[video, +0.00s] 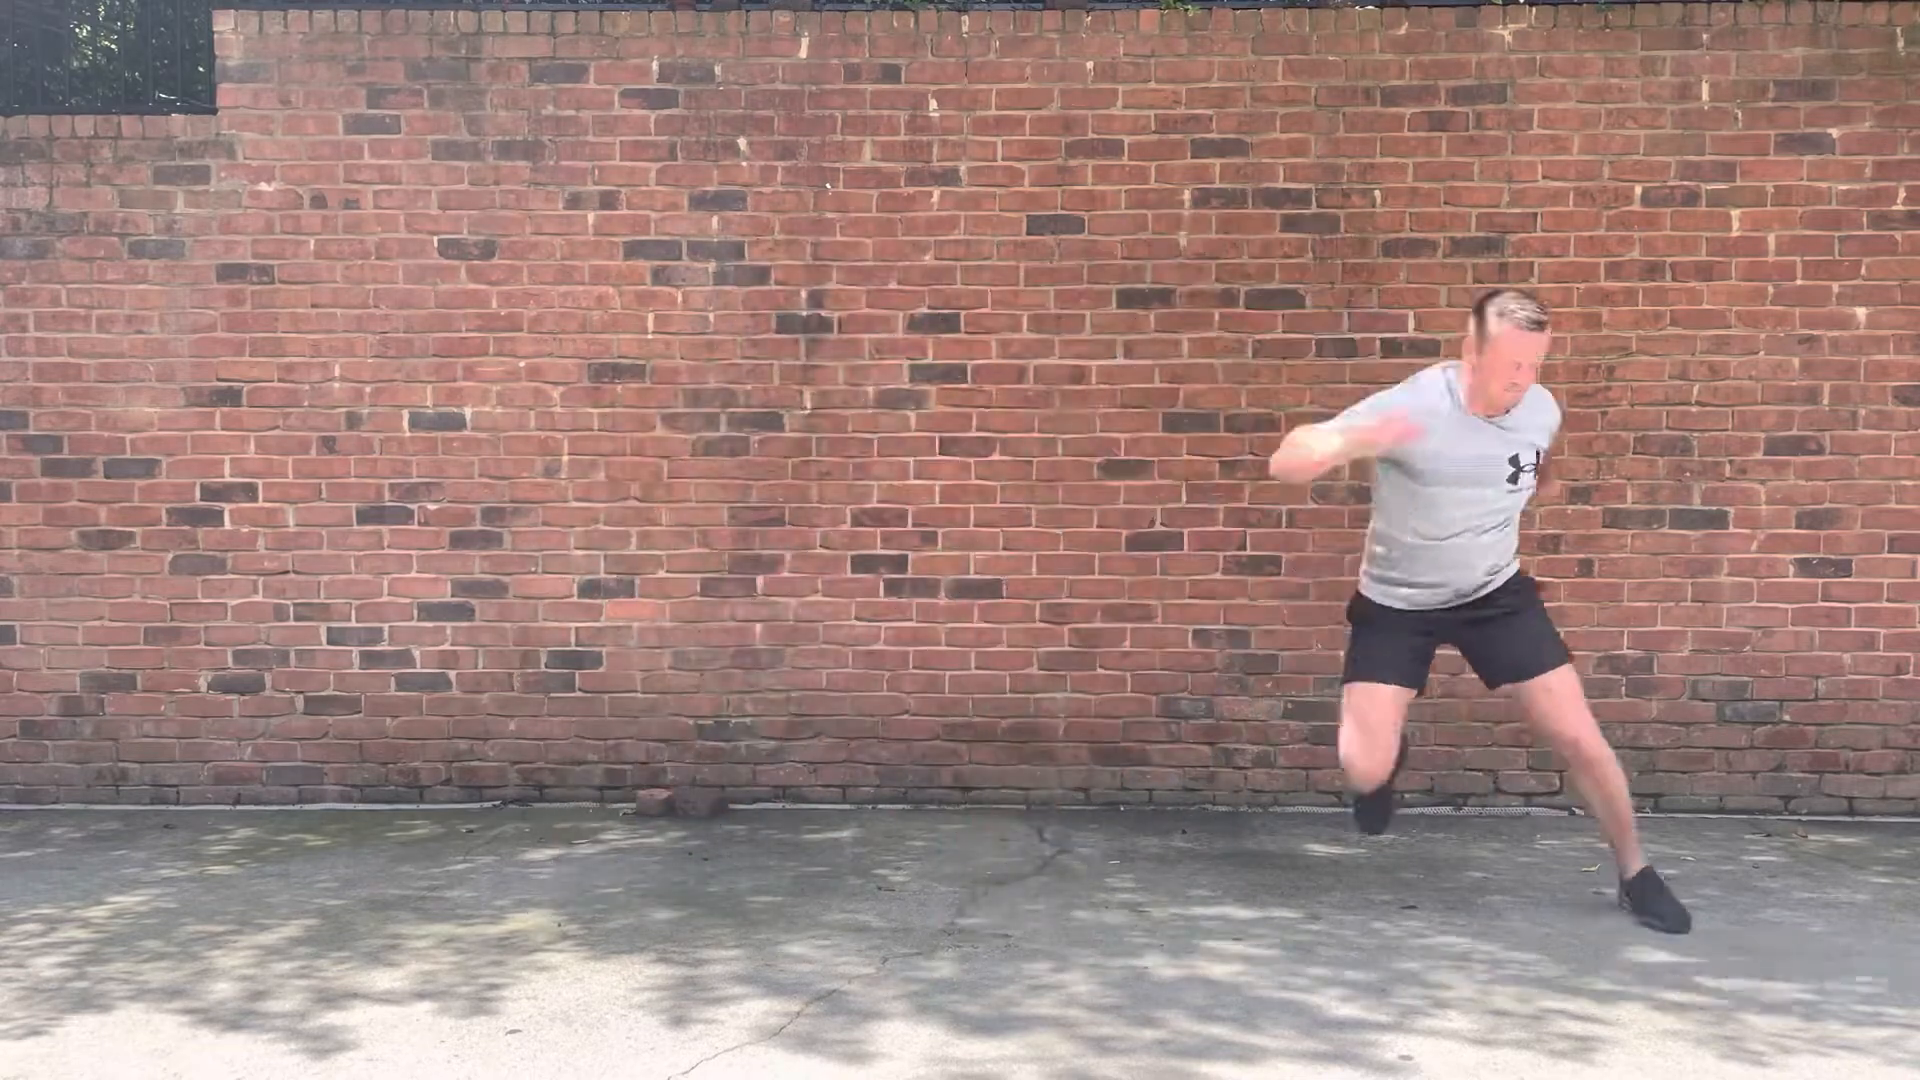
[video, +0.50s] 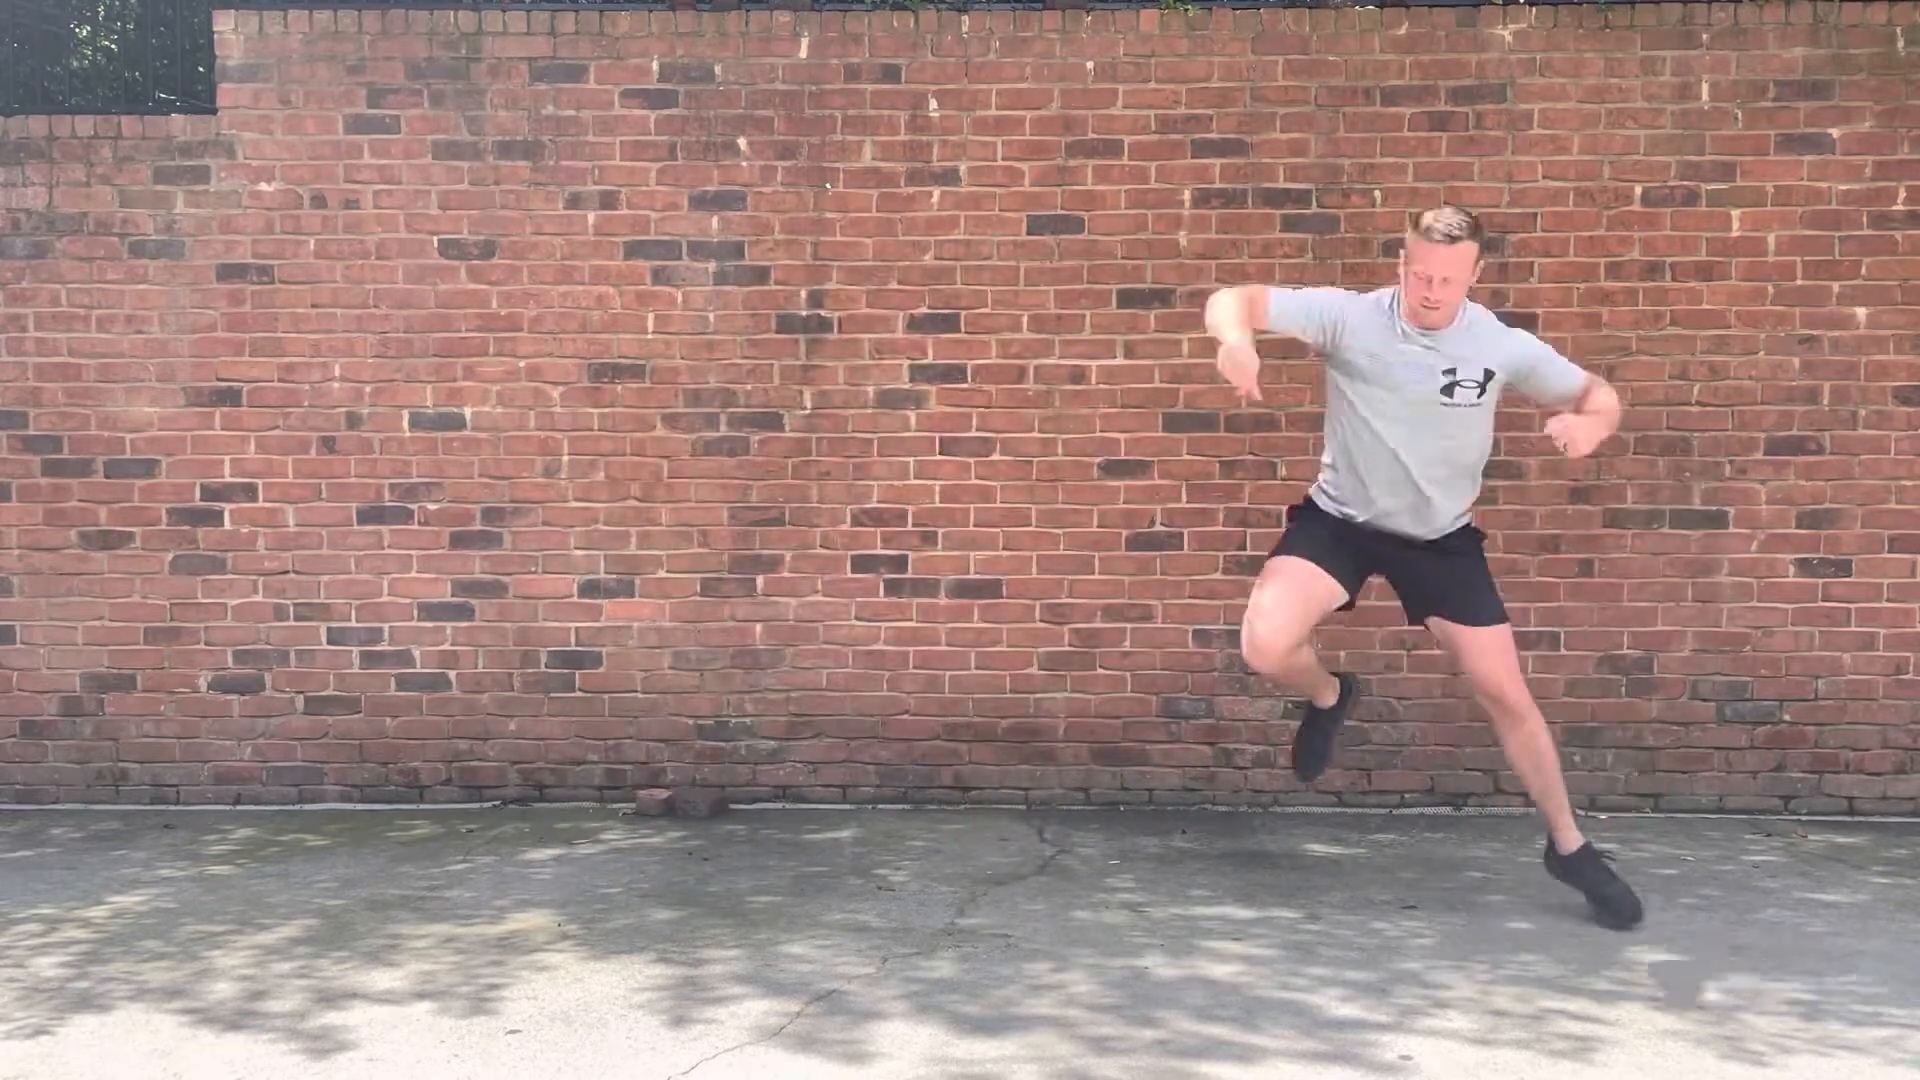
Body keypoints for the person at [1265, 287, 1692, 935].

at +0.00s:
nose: (1525, 379)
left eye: (1535, 365)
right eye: (1514, 363)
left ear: (1542, 360)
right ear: (1472, 347)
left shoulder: (1540, 413)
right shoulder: (1415, 402)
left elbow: (1520, 476)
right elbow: (1285, 461)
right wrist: (1354, 440)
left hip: (1496, 595)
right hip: (1395, 602)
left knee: (1580, 738)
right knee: (1363, 765)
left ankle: (1635, 871)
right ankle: (1374, 776)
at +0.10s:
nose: (1608, 439)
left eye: (1618, 428)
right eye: (1600, 422)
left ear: (1623, 427)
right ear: (1556, 405)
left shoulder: (1587, 482)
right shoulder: (1487, 464)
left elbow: (1595, 552)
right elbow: (1412, 562)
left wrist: (1632, 609)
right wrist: (1531, 571)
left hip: (1535, 625)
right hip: (1445, 643)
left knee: (1632, 750)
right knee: (1500, 804)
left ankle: (1641, 876)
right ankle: (1513, 808)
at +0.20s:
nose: (1632, 449)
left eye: (1642, 439)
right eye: (1624, 432)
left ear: (1644, 436)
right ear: (1581, 414)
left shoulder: (1602, 499)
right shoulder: (1517, 476)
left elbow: (1649, 590)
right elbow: (1480, 590)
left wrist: (1733, 648)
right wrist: (1587, 640)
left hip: (1544, 640)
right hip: (1456, 652)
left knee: (1642, 754)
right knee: (1538, 806)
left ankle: (1641, 879)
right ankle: (1555, 771)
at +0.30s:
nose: (1599, 424)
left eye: (1612, 413)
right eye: (1589, 407)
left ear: (1621, 414)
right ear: (1553, 393)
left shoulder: (1620, 477)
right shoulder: (1493, 447)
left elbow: (1713, 541)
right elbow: (1408, 522)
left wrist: (1754, 522)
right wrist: (1518, 523)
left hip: (1542, 622)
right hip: (1447, 629)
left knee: (1636, 750)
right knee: (1478, 800)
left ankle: (1641, 877)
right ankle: (1501, 788)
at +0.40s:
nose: (1510, 358)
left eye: (1526, 346)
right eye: (1501, 341)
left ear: (1550, 344)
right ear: (1479, 332)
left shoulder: (1583, 413)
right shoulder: (1426, 381)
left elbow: (1697, 452)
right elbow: (1306, 383)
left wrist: (1672, 417)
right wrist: (1405, 384)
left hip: (1506, 587)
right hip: (1403, 578)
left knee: (1594, 729)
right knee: (1351, 718)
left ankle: (1642, 869)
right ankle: (1399, 740)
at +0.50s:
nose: (1431, 293)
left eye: (1448, 281)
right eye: (1421, 276)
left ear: (1473, 277)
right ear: (1402, 263)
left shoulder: (1497, 343)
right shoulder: (1349, 315)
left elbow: (1598, 394)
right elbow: (1229, 301)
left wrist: (1591, 424)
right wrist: (1233, 341)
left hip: (1441, 538)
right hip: (1338, 520)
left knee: (1505, 691)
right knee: (1265, 646)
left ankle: (1569, 845)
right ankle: (1328, 694)